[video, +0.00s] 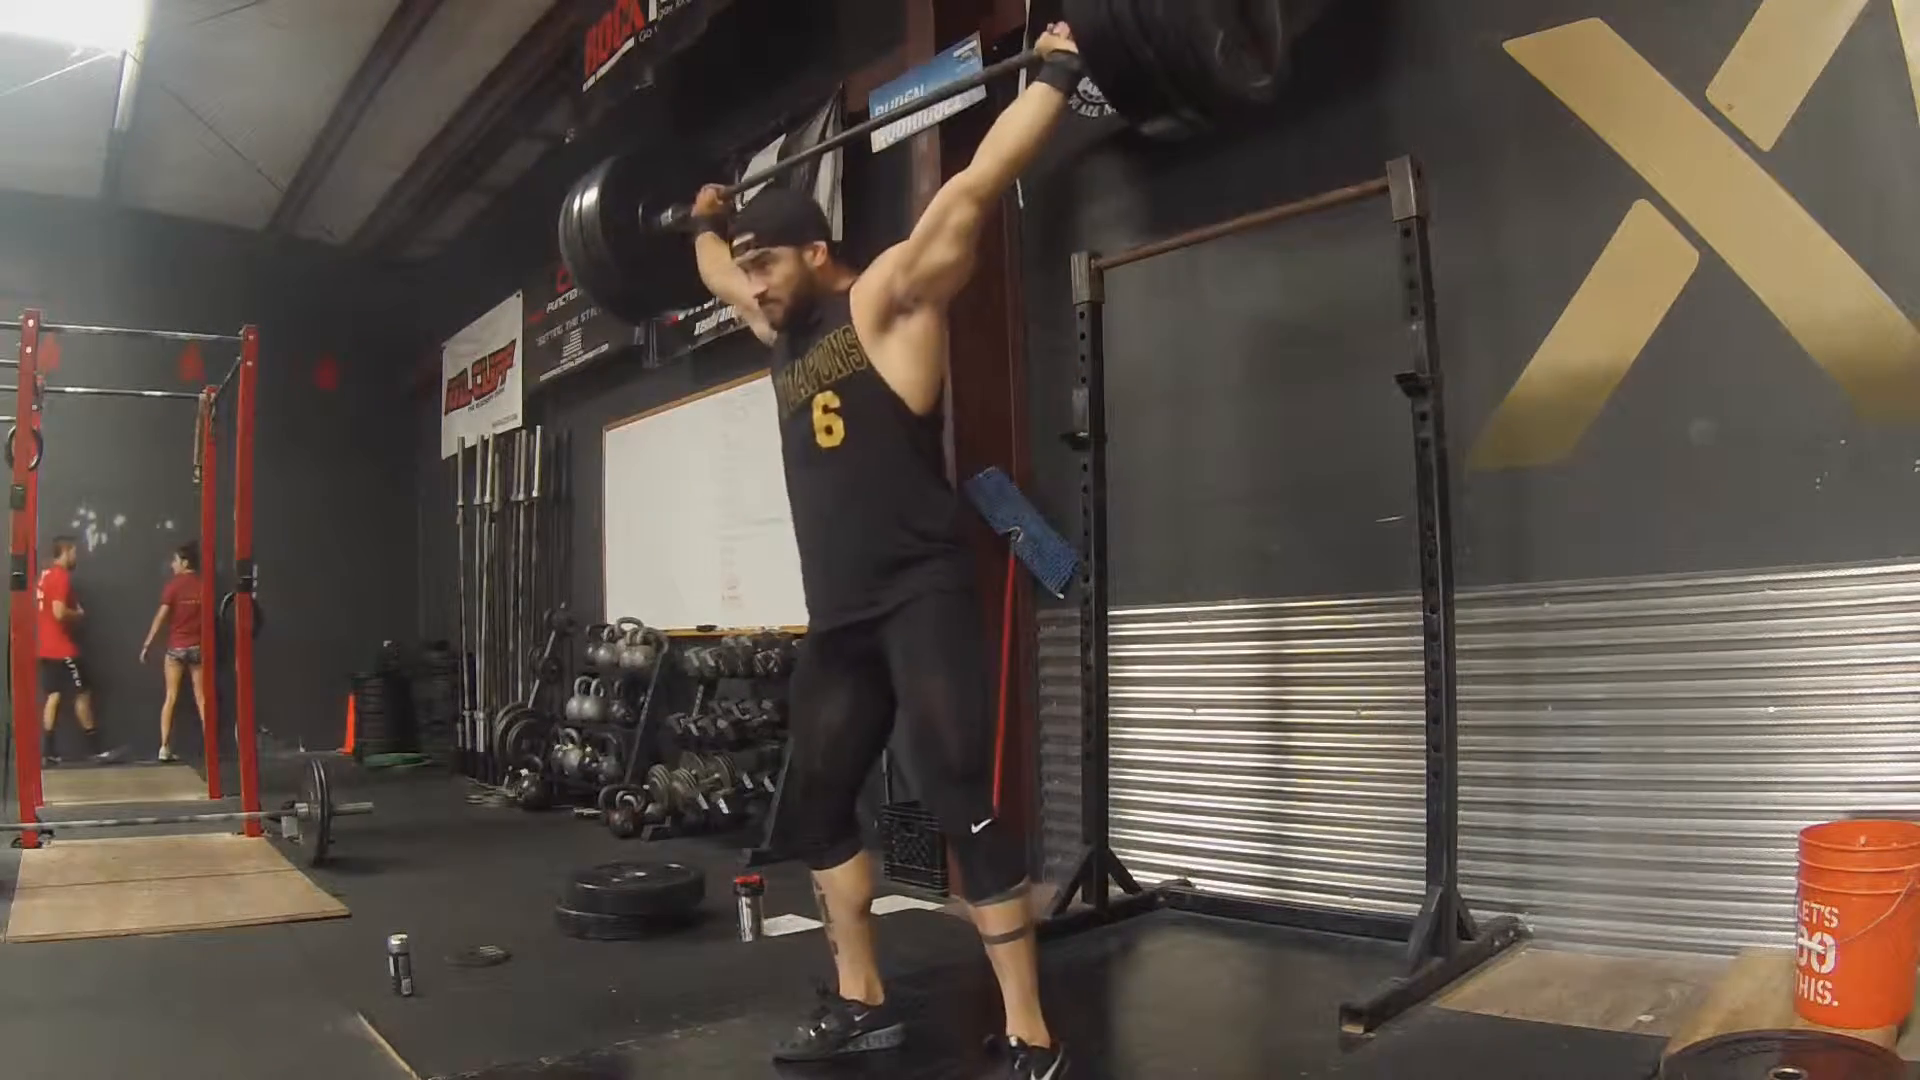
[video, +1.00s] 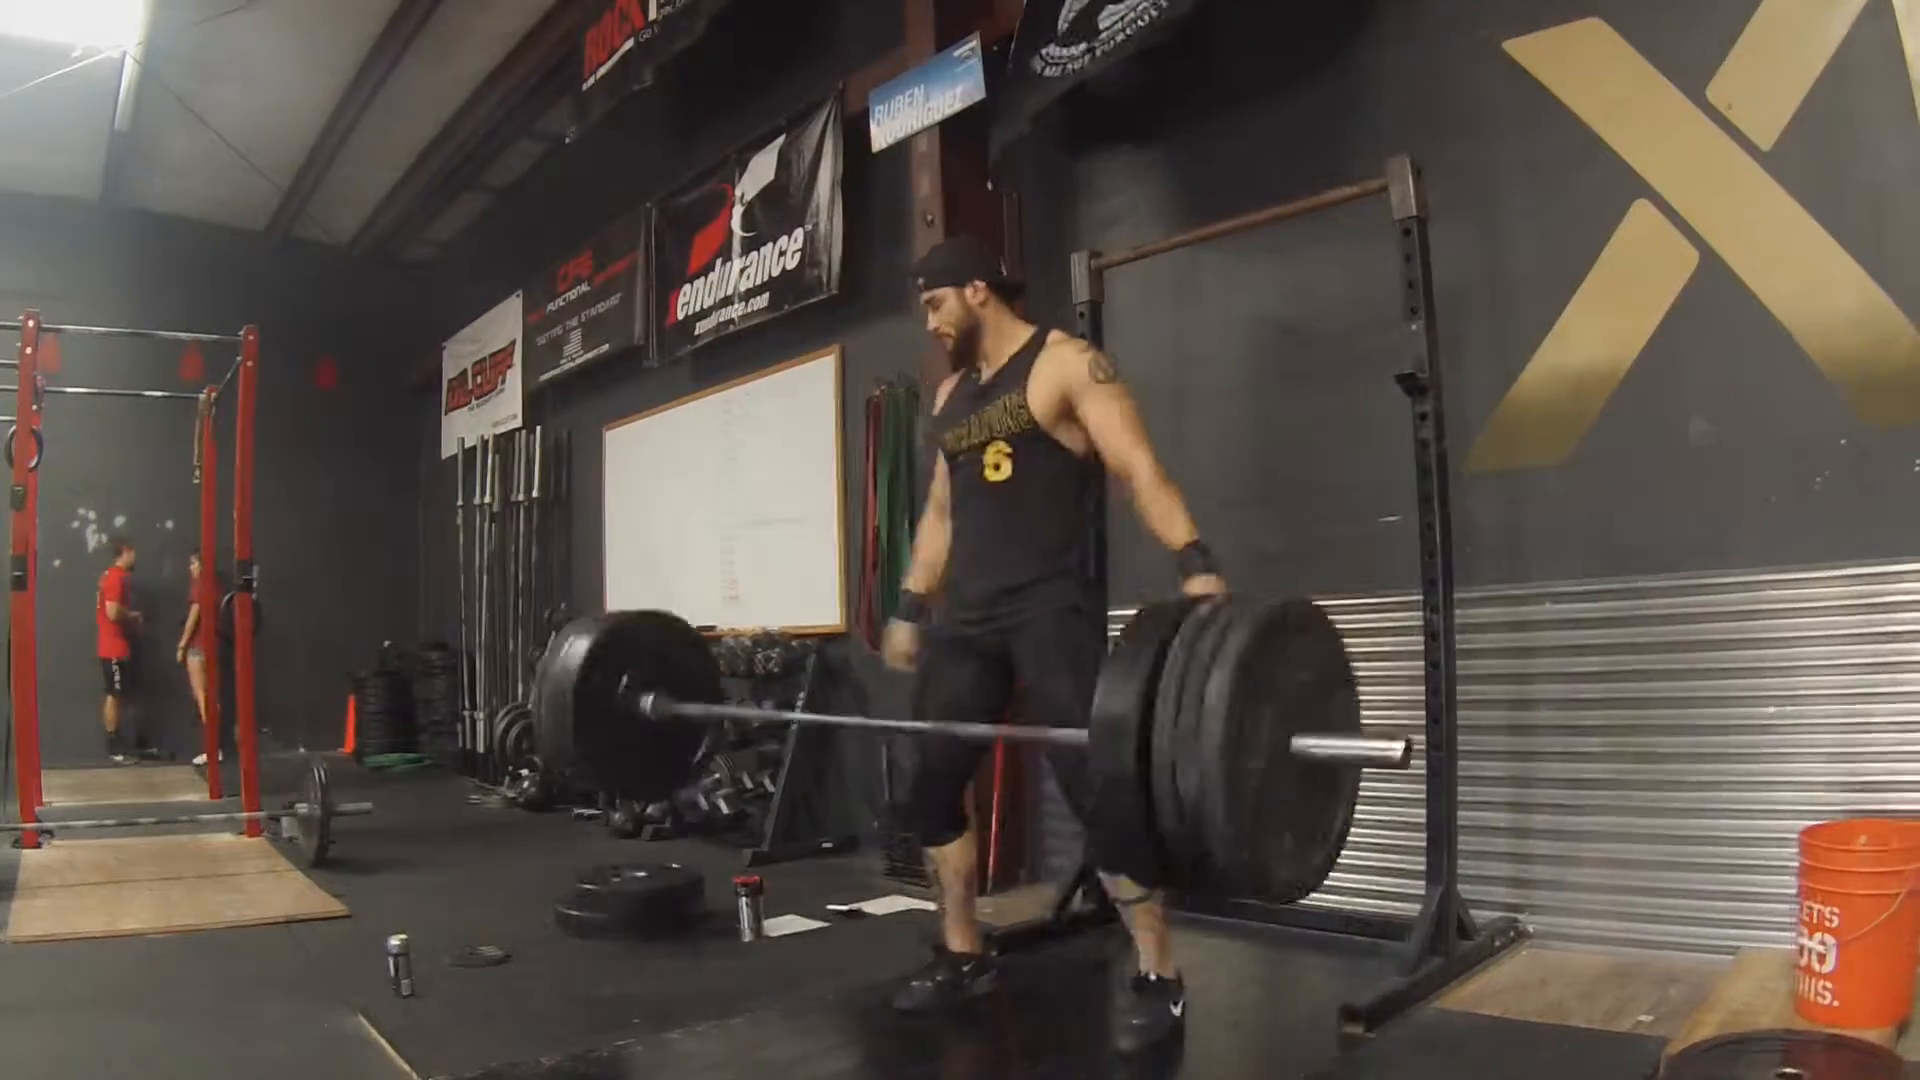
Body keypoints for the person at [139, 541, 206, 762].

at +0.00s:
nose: (172, 564)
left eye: (175, 560)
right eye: (173, 560)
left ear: (185, 562)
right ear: (192, 562)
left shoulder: (174, 585)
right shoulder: (204, 586)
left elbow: (161, 615)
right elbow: (210, 615)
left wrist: (147, 643)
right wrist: (209, 640)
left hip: (176, 645)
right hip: (199, 644)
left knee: (170, 696)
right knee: (202, 696)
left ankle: (164, 745)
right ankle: (210, 745)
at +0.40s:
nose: (185, 565)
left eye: (188, 561)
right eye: (185, 560)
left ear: (198, 563)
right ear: (201, 563)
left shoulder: (194, 583)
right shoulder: (212, 583)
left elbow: (188, 615)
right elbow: (216, 615)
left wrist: (180, 646)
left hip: (191, 645)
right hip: (208, 644)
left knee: (179, 696)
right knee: (211, 695)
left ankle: (170, 743)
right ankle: (216, 743)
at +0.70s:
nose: (190, 566)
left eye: (193, 562)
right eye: (190, 562)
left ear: (202, 563)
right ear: (206, 564)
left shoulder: (197, 582)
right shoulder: (217, 584)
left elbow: (193, 610)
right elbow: (221, 613)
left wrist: (183, 643)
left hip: (197, 645)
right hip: (215, 645)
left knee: (190, 697)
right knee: (213, 696)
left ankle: (198, 745)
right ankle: (215, 743)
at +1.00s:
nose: (191, 568)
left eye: (194, 563)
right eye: (191, 564)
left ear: (203, 565)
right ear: (205, 565)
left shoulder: (199, 586)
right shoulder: (216, 586)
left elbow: (194, 615)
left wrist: (182, 644)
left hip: (199, 646)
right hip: (214, 644)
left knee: (201, 696)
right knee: (213, 696)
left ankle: (211, 747)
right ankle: (215, 745)